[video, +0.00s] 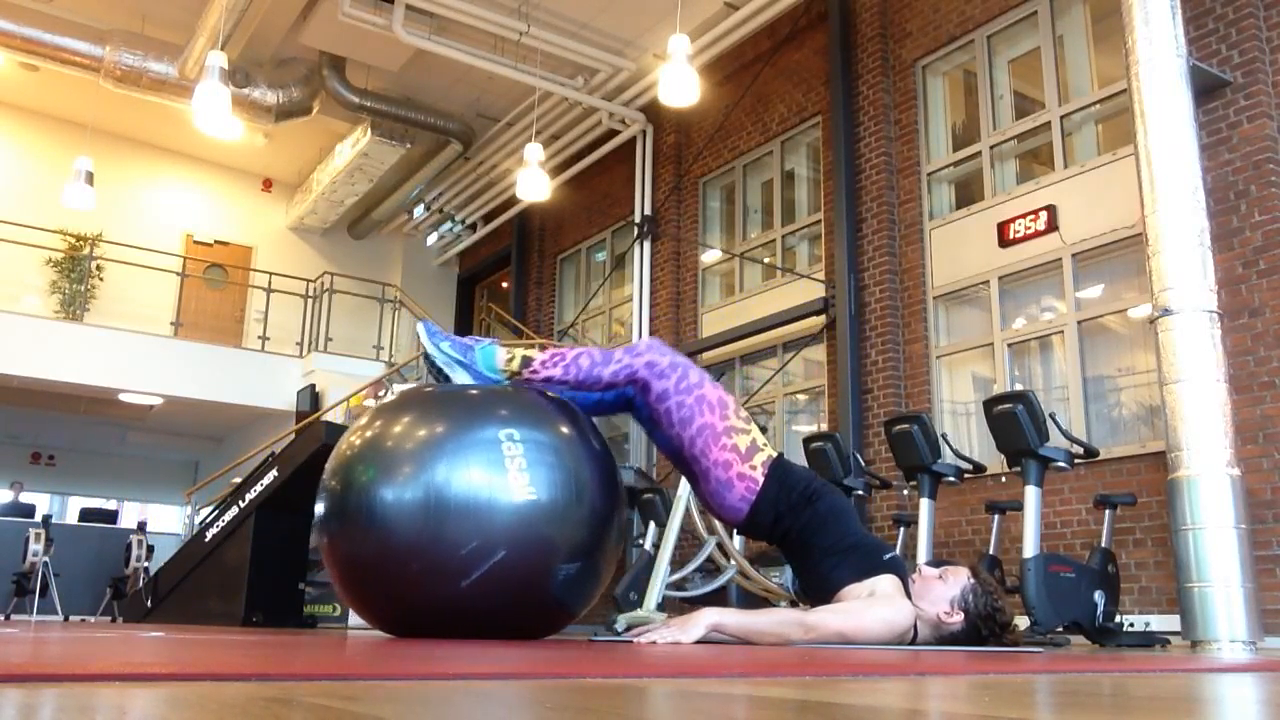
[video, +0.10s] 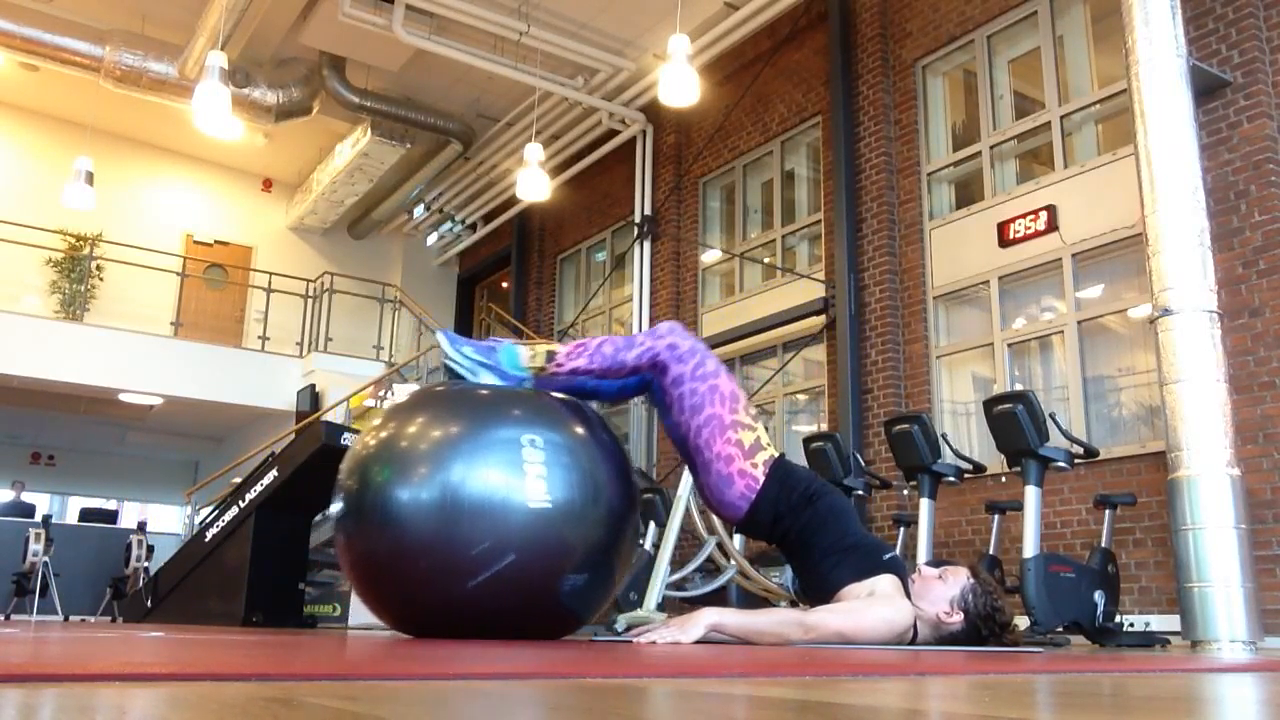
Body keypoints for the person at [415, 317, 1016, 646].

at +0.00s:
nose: (935, 569)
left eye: (947, 581)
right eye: (947, 570)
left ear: (944, 617)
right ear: (943, 606)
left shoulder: (891, 611)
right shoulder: (889, 595)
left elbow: (802, 626)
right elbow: (801, 622)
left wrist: (707, 619)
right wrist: (711, 622)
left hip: (747, 484)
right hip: (760, 471)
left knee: (653, 362)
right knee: (655, 359)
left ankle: (496, 364)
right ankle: (509, 368)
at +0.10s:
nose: (937, 569)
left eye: (949, 582)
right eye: (950, 570)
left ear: (944, 617)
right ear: (943, 605)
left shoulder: (892, 608)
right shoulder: (891, 594)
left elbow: (806, 626)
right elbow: (804, 622)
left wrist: (707, 619)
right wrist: (710, 622)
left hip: (750, 485)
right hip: (765, 474)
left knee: (670, 339)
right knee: (673, 347)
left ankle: (518, 365)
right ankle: (532, 374)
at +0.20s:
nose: (936, 569)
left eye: (946, 580)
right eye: (949, 570)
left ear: (944, 615)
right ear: (943, 604)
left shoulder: (890, 610)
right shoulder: (893, 596)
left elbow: (804, 630)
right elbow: (806, 623)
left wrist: (709, 616)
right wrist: (714, 617)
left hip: (749, 482)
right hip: (763, 471)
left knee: (699, 325)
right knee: (701, 333)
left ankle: (557, 368)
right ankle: (565, 373)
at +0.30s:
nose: (939, 567)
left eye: (949, 579)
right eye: (949, 570)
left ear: (945, 613)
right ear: (937, 584)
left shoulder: (893, 614)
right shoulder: (895, 600)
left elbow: (798, 627)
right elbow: (796, 625)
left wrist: (705, 621)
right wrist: (705, 620)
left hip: (750, 478)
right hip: (765, 472)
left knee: (745, 320)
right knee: (747, 319)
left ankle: (605, 365)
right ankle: (614, 373)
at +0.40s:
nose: (934, 565)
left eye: (946, 577)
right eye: (947, 567)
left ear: (946, 613)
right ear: (945, 613)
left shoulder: (890, 613)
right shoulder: (903, 605)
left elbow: (802, 626)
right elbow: (804, 623)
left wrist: (710, 619)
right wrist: (717, 622)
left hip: (757, 469)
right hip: (778, 474)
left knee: (787, 312)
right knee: (787, 312)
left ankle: (650, 368)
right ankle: (655, 370)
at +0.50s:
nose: (934, 567)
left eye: (946, 577)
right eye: (947, 569)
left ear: (947, 614)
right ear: (946, 612)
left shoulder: (894, 613)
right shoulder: (904, 604)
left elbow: (801, 626)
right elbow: (806, 623)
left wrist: (712, 621)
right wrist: (718, 622)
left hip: (771, 466)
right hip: (792, 468)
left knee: (825, 310)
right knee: (822, 323)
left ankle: (685, 366)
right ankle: (693, 371)